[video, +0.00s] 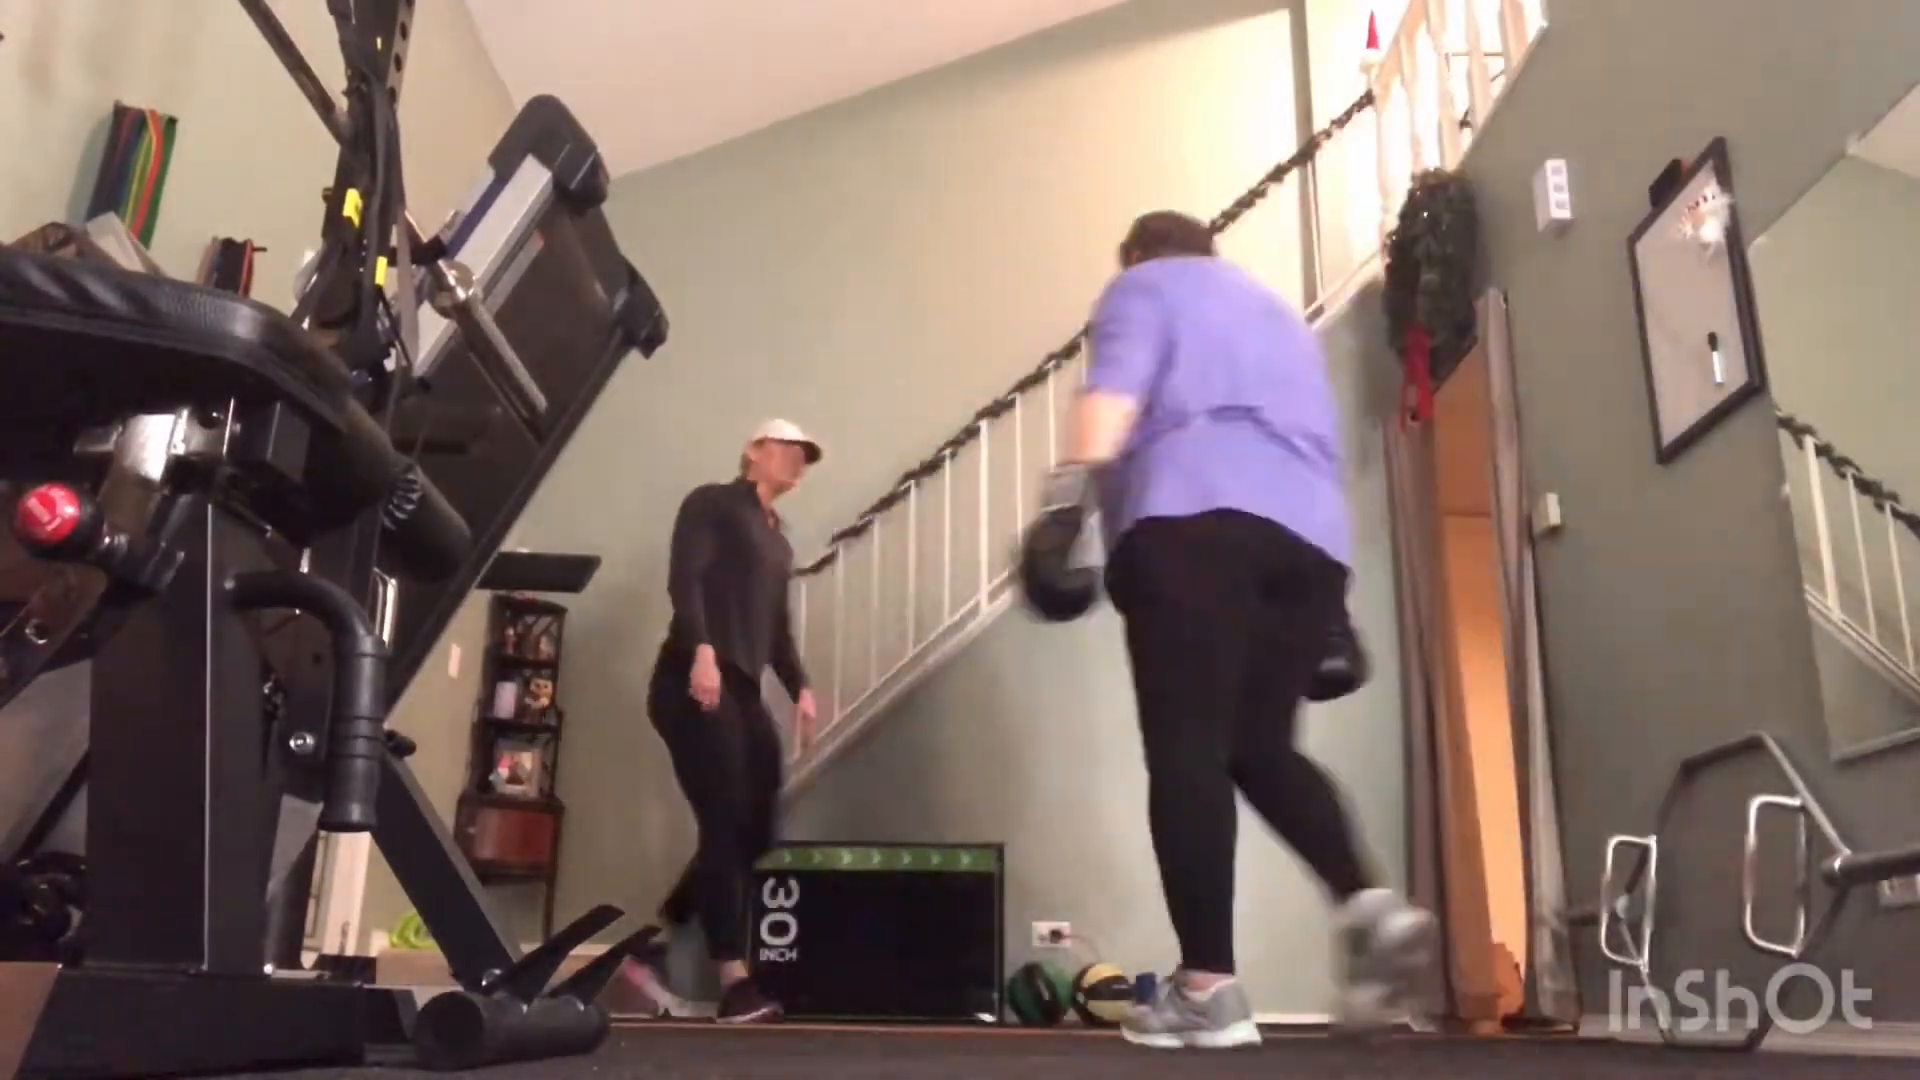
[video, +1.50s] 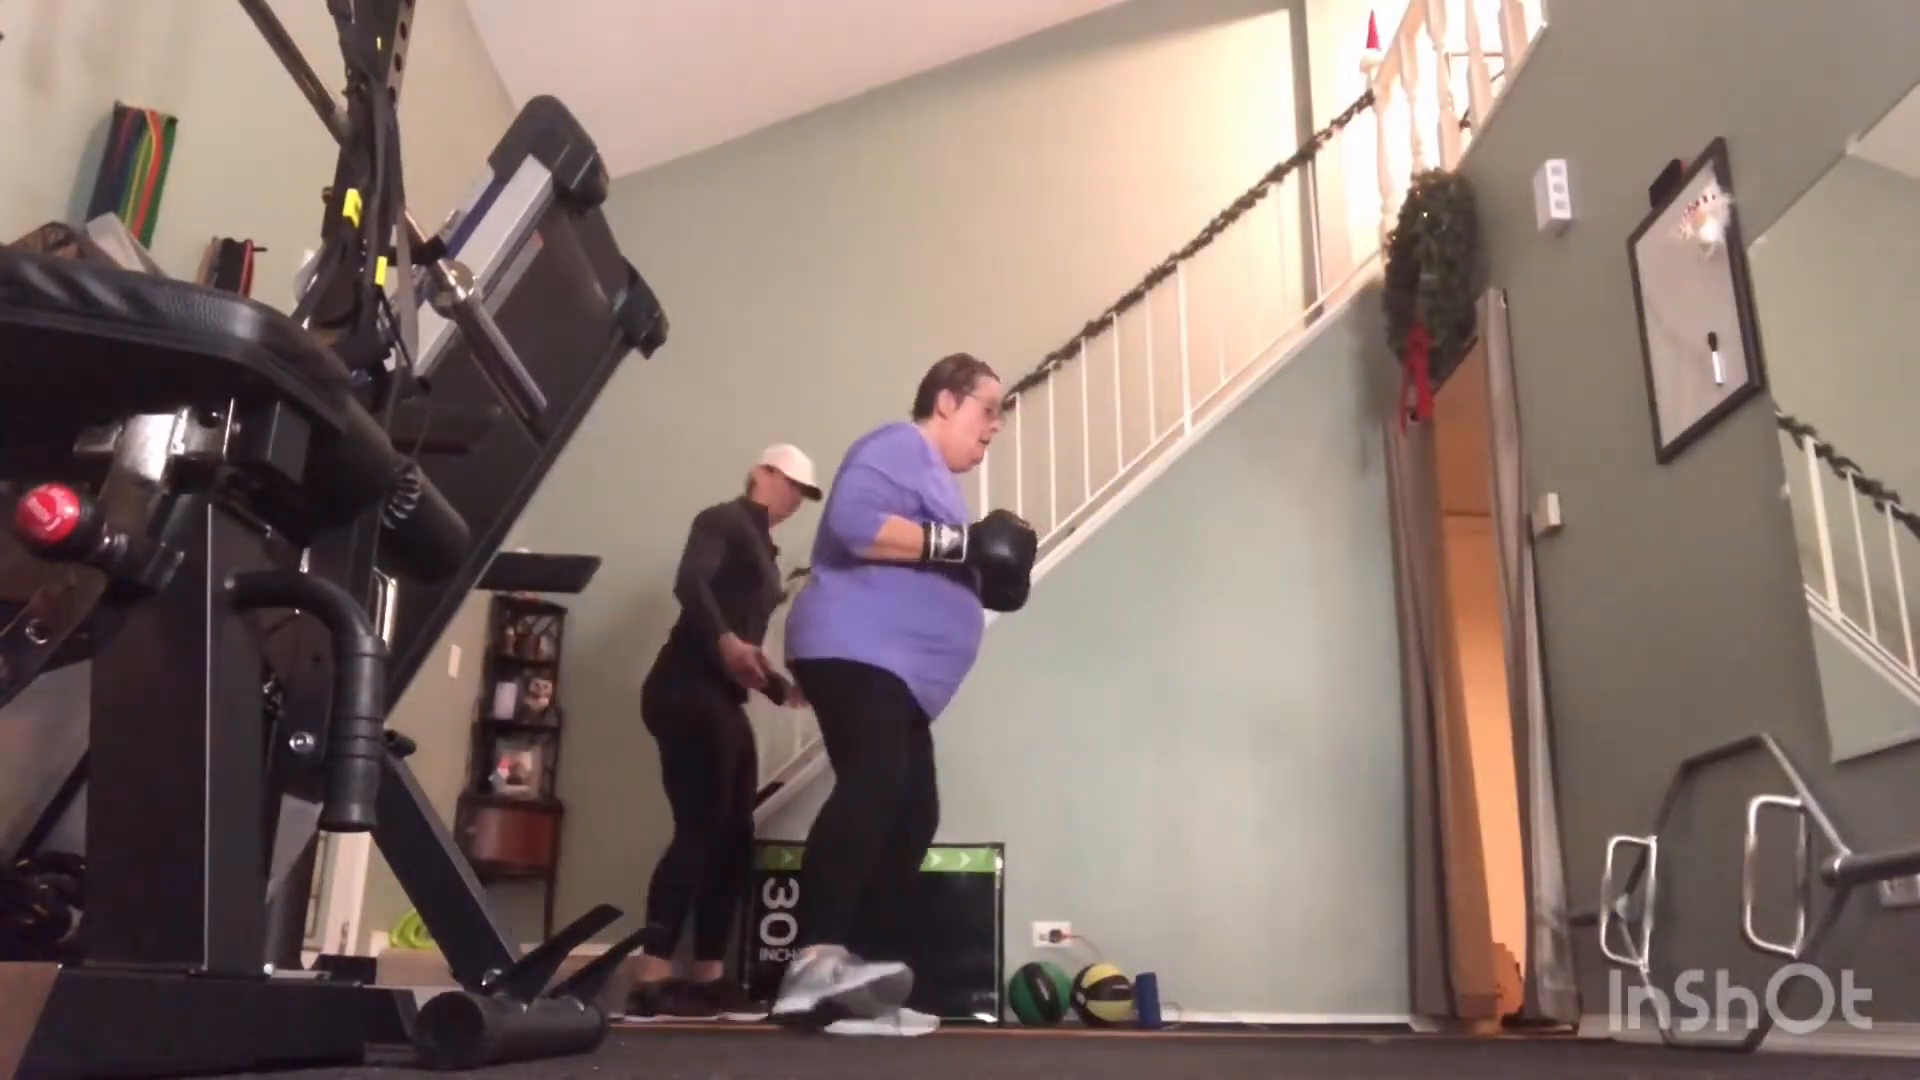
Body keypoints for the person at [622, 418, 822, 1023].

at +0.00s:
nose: (800, 464)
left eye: (803, 456)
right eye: (790, 451)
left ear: (795, 467)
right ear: (755, 452)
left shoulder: (777, 544)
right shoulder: (710, 502)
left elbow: (776, 625)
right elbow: (686, 578)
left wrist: (800, 687)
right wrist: (702, 649)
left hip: (742, 690)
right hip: (694, 678)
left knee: (753, 821)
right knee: (726, 818)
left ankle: (648, 946)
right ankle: (734, 978)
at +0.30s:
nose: (745, 563)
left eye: (754, 558)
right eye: (750, 549)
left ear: (746, 550)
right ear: (730, 523)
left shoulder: (700, 601)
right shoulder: (666, 535)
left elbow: (696, 688)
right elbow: (605, 580)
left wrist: (727, 767)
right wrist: (595, 646)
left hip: (605, 703)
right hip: (558, 684)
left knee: (631, 833)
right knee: (534, 827)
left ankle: (631, 976)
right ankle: (493, 961)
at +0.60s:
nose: (816, 627)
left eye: (823, 621)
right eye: (820, 613)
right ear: (807, 593)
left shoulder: (761, 663)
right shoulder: (755, 581)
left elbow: (746, 752)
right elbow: (679, 593)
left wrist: (794, 806)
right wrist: (674, 653)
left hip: (646, 711)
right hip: (600, 687)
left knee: (657, 835)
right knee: (566, 817)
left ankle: (638, 983)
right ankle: (529, 957)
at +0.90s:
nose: (825, 597)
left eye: (832, 592)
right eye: (822, 581)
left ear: (823, 604)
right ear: (800, 576)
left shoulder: (765, 658)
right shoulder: (748, 575)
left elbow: (755, 747)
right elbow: (673, 592)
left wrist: (803, 796)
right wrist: (676, 653)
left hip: (650, 712)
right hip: (603, 688)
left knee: (665, 834)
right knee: (571, 818)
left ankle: (639, 982)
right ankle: (527, 955)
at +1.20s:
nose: (714, 509)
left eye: (721, 503)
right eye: (710, 495)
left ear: (715, 507)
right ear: (679, 482)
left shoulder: (687, 569)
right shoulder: (631, 523)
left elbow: (666, 647)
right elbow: (585, 580)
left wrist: (683, 693)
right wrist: (573, 650)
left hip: (634, 708)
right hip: (586, 692)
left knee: (649, 836)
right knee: (563, 828)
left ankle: (634, 978)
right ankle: (492, 950)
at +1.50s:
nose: (797, 500)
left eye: (803, 492)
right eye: (792, 485)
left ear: (794, 497)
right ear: (761, 477)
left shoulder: (765, 550)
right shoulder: (724, 519)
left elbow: (739, 639)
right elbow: (691, 582)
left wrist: (773, 682)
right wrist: (725, 642)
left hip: (722, 696)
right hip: (686, 687)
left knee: (733, 832)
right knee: (701, 826)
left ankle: (706, 973)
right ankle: (653, 971)